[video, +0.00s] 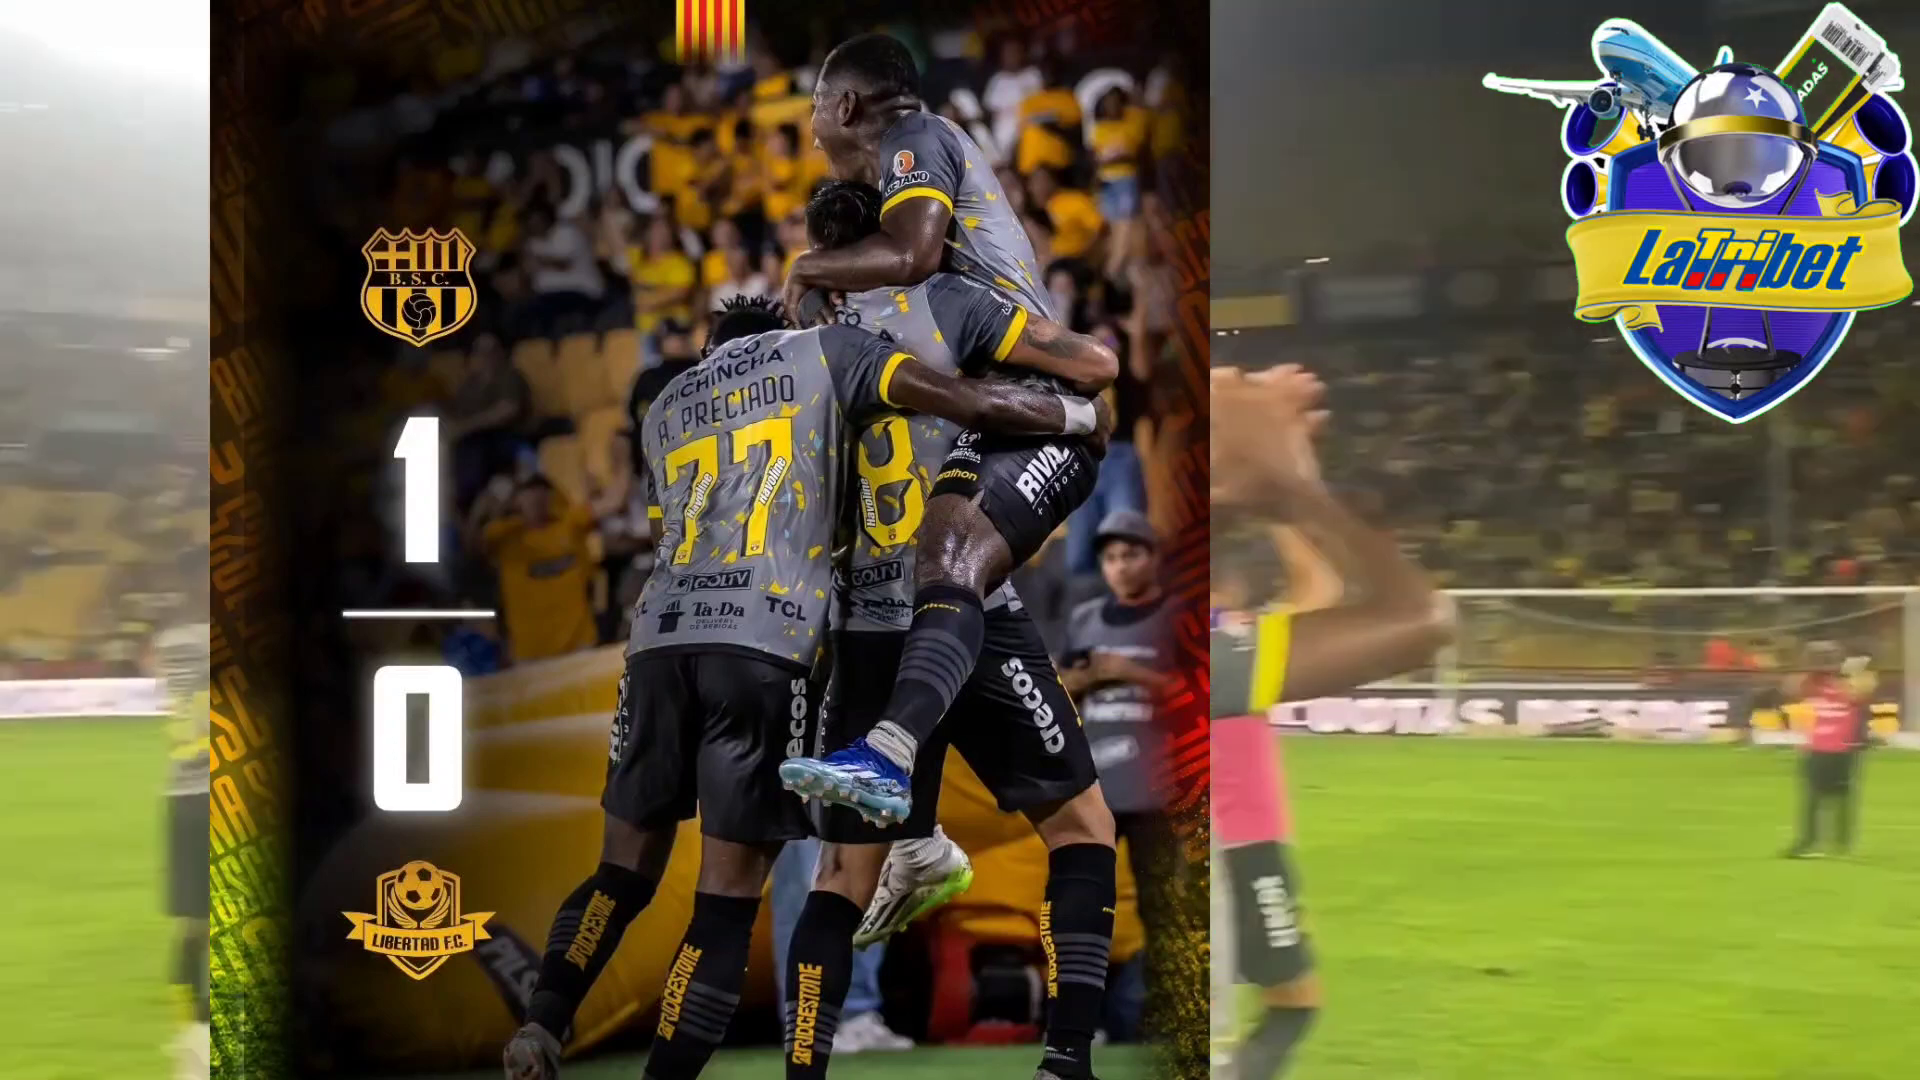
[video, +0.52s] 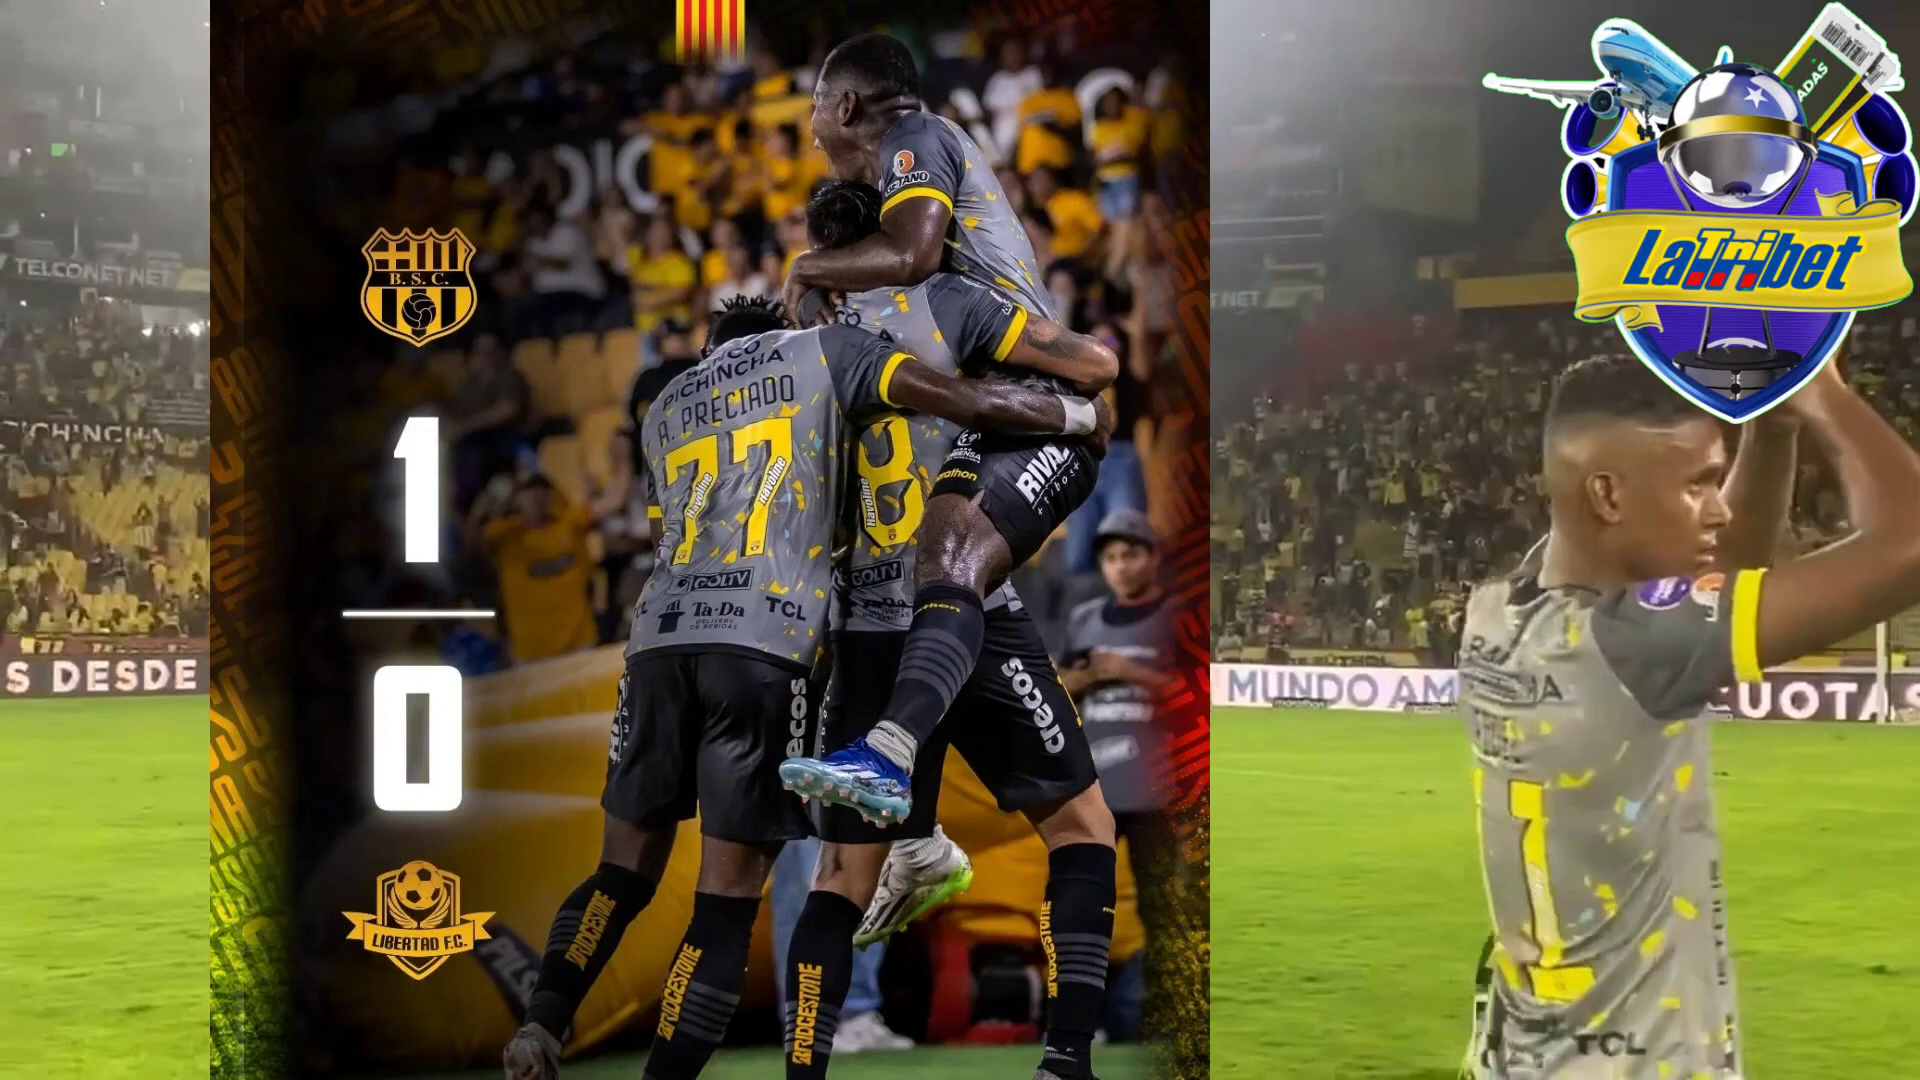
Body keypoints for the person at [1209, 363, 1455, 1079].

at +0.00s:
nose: (1124, 566)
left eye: (1135, 553)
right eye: (1111, 556)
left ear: (1160, 556)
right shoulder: (1203, 657)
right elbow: (1418, 616)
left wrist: (1282, 491)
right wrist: (1292, 486)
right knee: (1292, 999)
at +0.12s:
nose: (1310, 536)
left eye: (1314, 512)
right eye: (1290, 512)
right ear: (1221, 513)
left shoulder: (1248, 632)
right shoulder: (1241, 639)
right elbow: (1517, 597)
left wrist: (1382, 480)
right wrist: (1421, 464)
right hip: (1274, 1050)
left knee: (1415, 982)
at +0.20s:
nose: (1414, 529)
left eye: (1419, 504)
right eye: (1396, 506)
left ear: (1305, 517)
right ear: (1314, 516)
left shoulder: (1243, 636)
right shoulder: (1327, 643)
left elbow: (1443, 589)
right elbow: (1615, 586)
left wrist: (1486, 447)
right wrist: (1532, 433)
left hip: (1252, 1049)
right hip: (1350, 1053)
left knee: (1488, 985)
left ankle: (1492, 1055)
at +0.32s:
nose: (1524, 532)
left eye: (1525, 506)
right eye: (1503, 506)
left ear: (1410, 520)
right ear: (1417, 517)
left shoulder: (1316, 640)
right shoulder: (1432, 647)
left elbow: (1556, 590)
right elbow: (1711, 576)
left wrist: (1594, 455)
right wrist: (1637, 432)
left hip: (1331, 1046)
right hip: (1451, 1054)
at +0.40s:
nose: (1626, 531)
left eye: (1627, 505)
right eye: (1602, 505)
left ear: (1508, 518)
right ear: (1512, 518)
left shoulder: (1411, 637)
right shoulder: (1536, 654)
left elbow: (1647, 585)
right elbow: (1813, 555)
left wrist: (1690, 443)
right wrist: (1728, 415)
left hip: (1427, 1050)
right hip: (1553, 1058)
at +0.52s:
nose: (1721, 511)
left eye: (1718, 480)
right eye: (1701, 483)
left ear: (1601, 498)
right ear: (1608, 497)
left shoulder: (1496, 615)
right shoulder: (1632, 644)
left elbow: (1736, 561)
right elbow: (1904, 543)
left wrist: (1772, 408)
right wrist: (1818, 385)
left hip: (1515, 1041)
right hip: (1642, 1053)